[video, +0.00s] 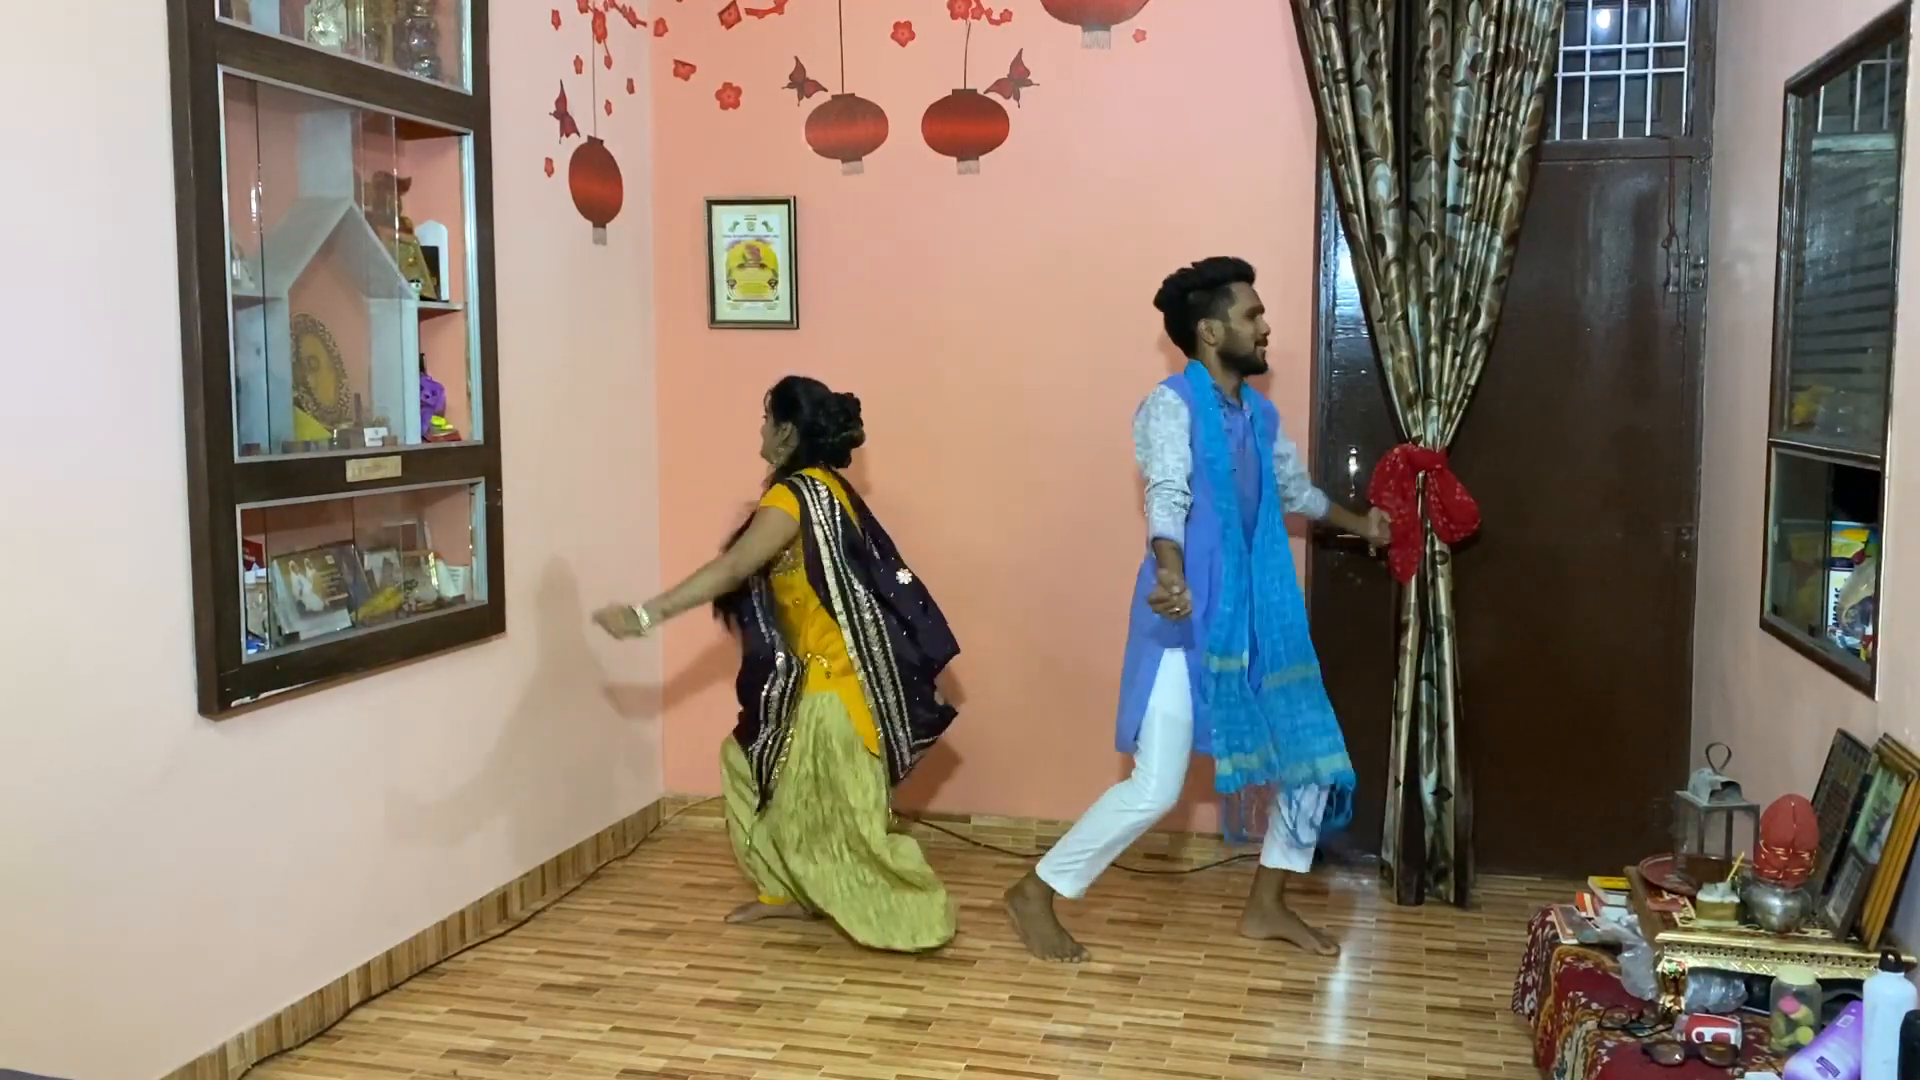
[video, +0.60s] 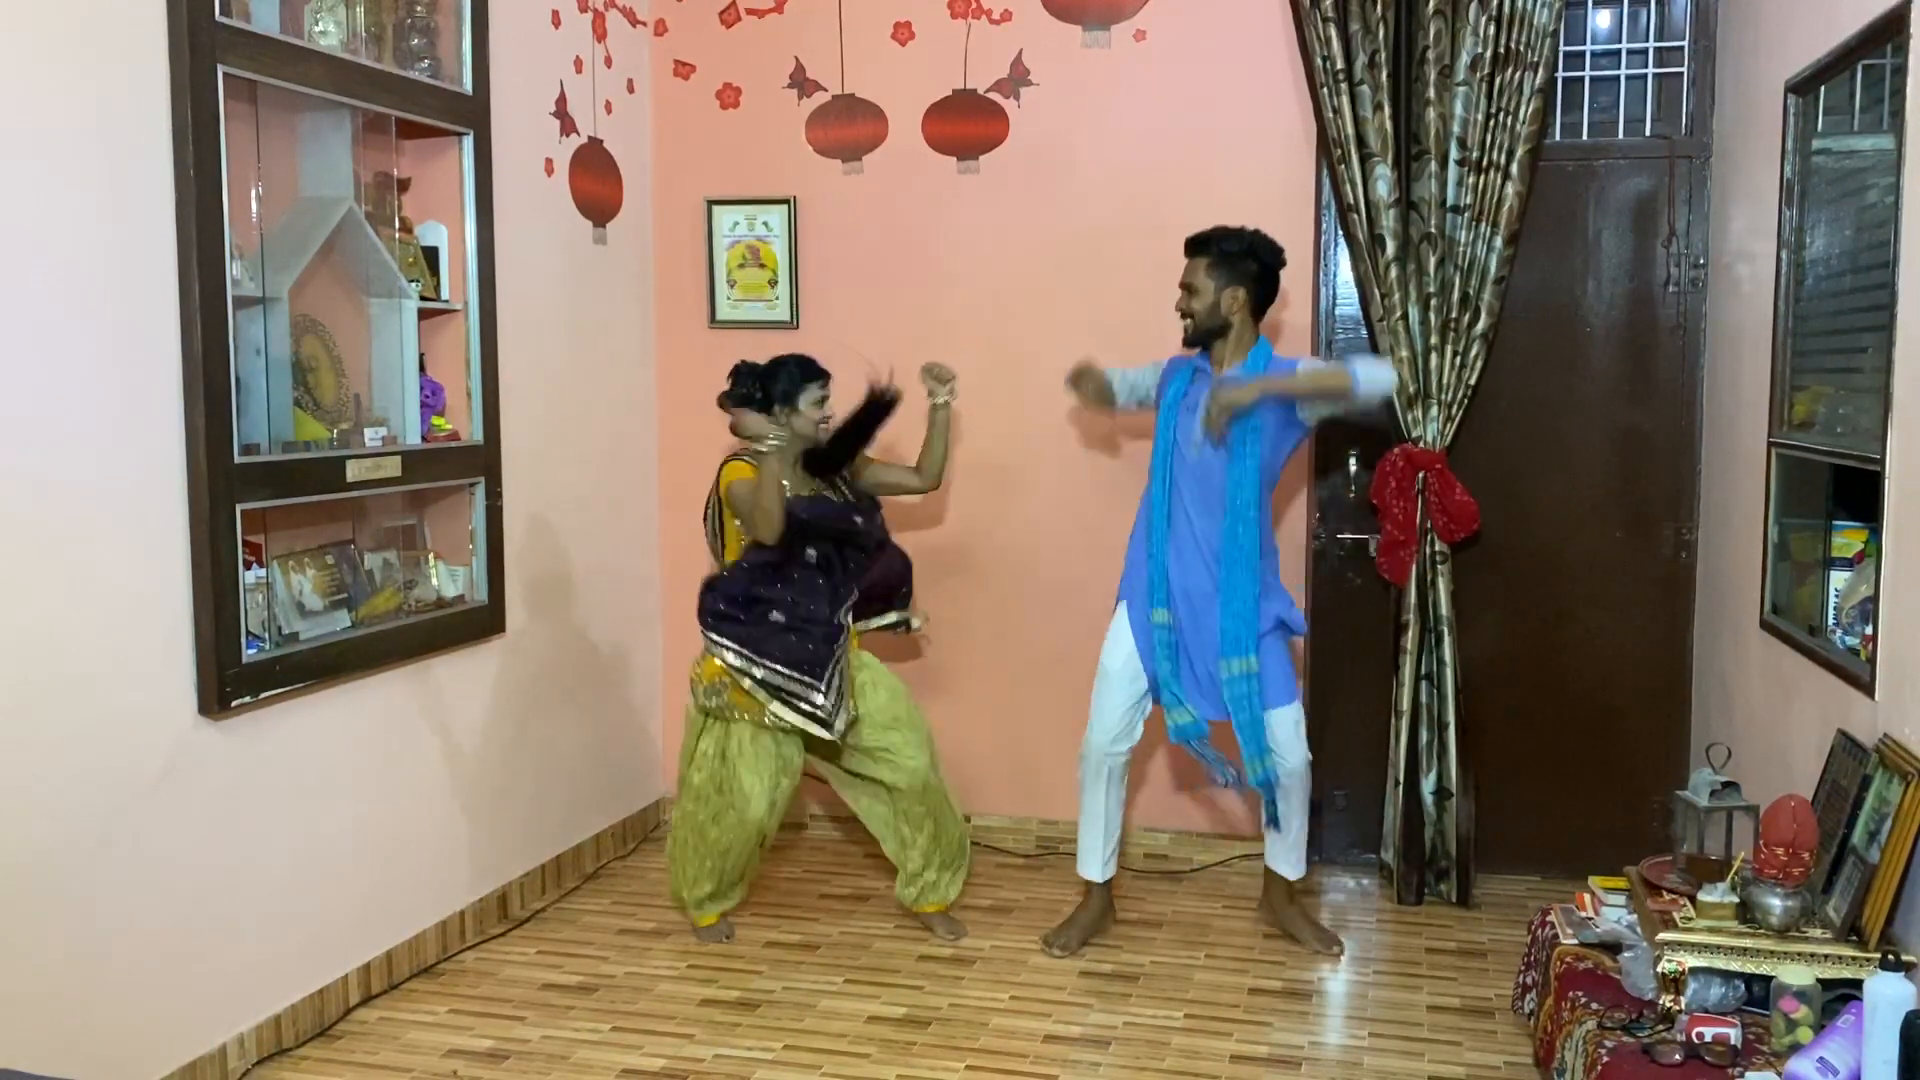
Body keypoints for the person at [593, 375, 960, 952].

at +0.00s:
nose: (760, 429)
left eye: (768, 420)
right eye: (765, 419)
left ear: (792, 431)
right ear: (806, 432)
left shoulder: (792, 496)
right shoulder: (828, 488)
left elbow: (731, 570)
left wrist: (644, 614)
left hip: (834, 679)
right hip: (835, 671)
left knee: (834, 806)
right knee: (743, 758)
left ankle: (921, 911)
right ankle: (787, 891)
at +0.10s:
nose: (747, 416)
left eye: (754, 406)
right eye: (752, 405)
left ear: (775, 416)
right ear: (797, 418)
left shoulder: (781, 482)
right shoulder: (809, 475)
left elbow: (786, 587)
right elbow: (800, 586)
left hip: (827, 673)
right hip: (830, 665)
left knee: (817, 798)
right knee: (736, 763)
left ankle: (904, 914)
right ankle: (788, 889)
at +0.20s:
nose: (746, 370)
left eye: (758, 363)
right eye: (749, 360)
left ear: (792, 378)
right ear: (777, 380)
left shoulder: (816, 451)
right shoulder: (763, 453)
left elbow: (865, 547)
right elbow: (767, 561)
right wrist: (752, 643)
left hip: (832, 634)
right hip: (778, 637)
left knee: (845, 767)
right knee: (744, 760)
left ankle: (916, 907)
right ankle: (791, 885)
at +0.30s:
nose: (783, 336)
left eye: (795, 327)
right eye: (772, 326)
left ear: (816, 340)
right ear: (752, 338)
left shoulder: (843, 405)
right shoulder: (732, 410)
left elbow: (915, 479)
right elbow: (723, 504)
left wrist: (953, 562)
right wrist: (684, 543)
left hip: (839, 597)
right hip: (756, 599)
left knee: (870, 741)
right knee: (749, 738)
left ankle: (915, 888)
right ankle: (771, 863)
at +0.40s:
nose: (812, 344)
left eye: (815, 335)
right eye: (798, 335)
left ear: (820, 342)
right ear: (758, 344)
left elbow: (924, 456)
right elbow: (654, 486)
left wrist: (993, 466)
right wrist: (595, 478)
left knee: (895, 746)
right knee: (751, 760)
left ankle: (926, 883)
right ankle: (725, 890)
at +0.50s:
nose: (779, 379)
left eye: (778, 367)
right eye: (773, 368)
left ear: (766, 376)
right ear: (800, 377)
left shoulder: (842, 449)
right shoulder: (721, 444)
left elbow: (931, 460)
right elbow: (669, 508)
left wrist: (987, 398)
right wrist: (618, 440)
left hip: (837, 632)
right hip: (739, 637)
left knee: (913, 754)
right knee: (747, 772)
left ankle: (939, 890)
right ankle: (709, 897)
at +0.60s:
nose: (829, 413)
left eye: (828, 403)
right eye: (817, 405)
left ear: (816, 410)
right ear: (781, 414)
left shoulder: (833, 465)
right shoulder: (741, 472)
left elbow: (924, 478)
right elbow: (766, 531)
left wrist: (939, 407)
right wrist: (774, 451)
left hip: (829, 656)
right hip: (751, 664)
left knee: (910, 764)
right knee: (746, 800)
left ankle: (929, 891)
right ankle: (707, 896)